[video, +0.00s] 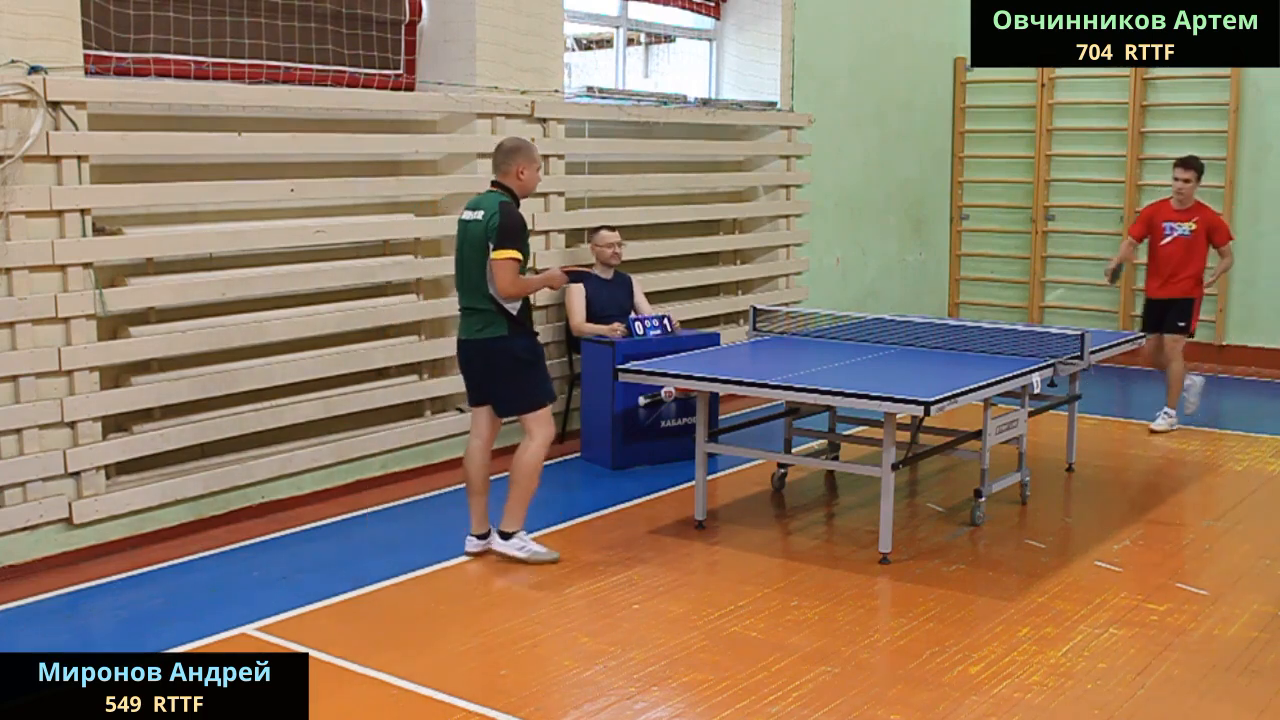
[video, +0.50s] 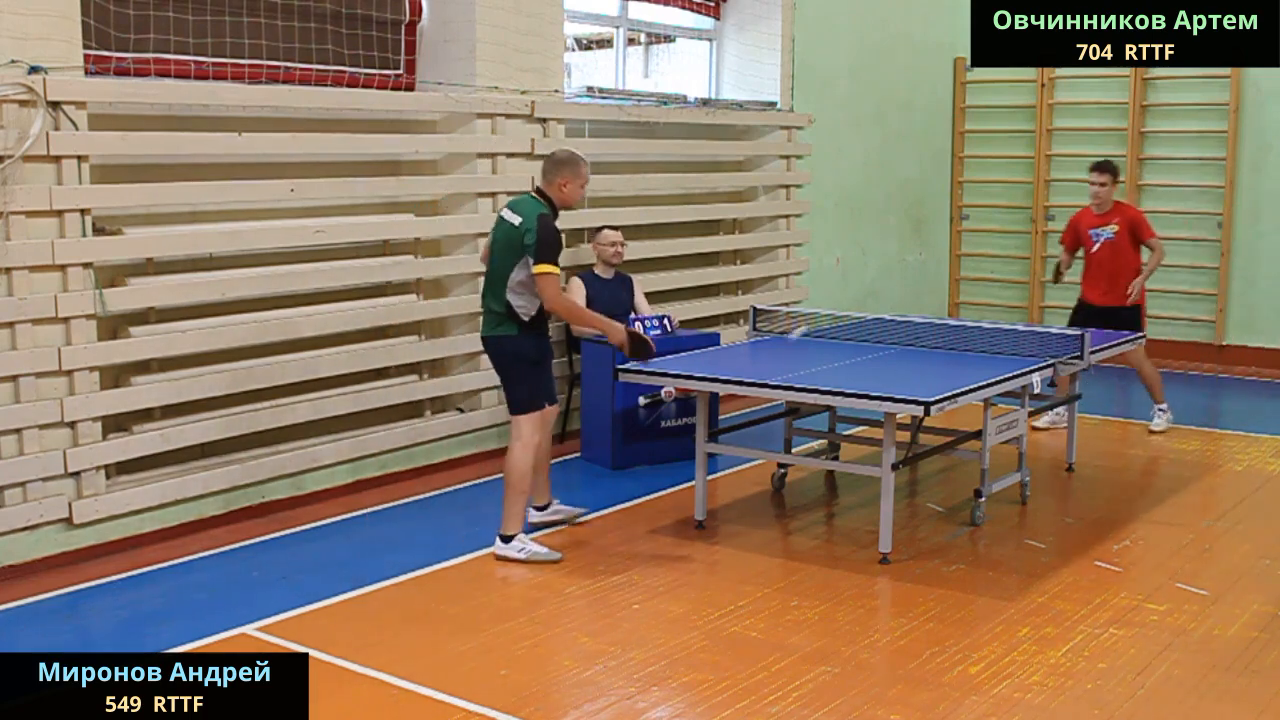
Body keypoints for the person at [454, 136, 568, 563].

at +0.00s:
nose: (538, 176)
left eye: (537, 169)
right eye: (536, 169)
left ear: (500, 170)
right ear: (520, 171)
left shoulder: (474, 207)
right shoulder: (507, 213)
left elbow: (479, 279)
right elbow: (506, 285)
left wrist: (528, 279)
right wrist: (545, 280)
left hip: (472, 341)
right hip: (507, 341)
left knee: (481, 431)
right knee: (541, 431)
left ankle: (479, 533)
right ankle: (511, 532)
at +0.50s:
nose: (584, 193)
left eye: (585, 186)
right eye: (582, 186)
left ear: (550, 180)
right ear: (564, 184)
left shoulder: (517, 206)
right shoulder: (544, 226)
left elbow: (488, 255)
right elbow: (551, 298)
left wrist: (528, 284)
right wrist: (607, 325)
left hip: (518, 331)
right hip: (515, 335)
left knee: (547, 410)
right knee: (527, 430)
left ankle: (541, 505)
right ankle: (509, 536)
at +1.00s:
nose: (599, 210)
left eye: (602, 203)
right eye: (595, 202)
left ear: (579, 196)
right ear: (572, 193)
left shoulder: (579, 229)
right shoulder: (531, 221)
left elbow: (592, 282)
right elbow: (502, 284)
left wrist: (638, 313)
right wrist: (561, 306)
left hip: (544, 330)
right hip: (504, 329)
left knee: (551, 412)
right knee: (500, 417)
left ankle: (549, 506)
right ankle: (469, 491)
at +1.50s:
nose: (539, 216)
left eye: (542, 209)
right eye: (534, 208)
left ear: (537, 205)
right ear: (509, 200)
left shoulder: (538, 236)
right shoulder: (469, 225)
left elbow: (573, 280)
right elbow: (431, 274)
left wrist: (622, 311)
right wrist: (473, 292)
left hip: (515, 329)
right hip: (469, 332)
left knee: (540, 405)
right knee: (463, 411)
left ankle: (549, 497)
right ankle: (454, 484)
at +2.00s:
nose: (568, 250)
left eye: (571, 244)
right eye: (562, 242)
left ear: (573, 238)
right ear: (540, 231)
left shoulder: (565, 258)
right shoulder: (500, 239)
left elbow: (586, 303)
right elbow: (462, 292)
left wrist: (617, 335)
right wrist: (500, 324)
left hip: (520, 325)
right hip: (476, 322)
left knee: (531, 402)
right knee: (465, 403)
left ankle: (544, 490)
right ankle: (454, 484)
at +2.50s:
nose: (588, 271)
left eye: (591, 265)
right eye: (583, 264)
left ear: (593, 259)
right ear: (562, 253)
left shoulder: (580, 268)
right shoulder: (529, 262)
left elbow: (606, 309)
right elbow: (521, 330)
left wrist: (632, 337)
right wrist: (572, 349)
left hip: (526, 322)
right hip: (481, 321)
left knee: (536, 400)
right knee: (469, 404)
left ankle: (544, 490)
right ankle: (451, 485)